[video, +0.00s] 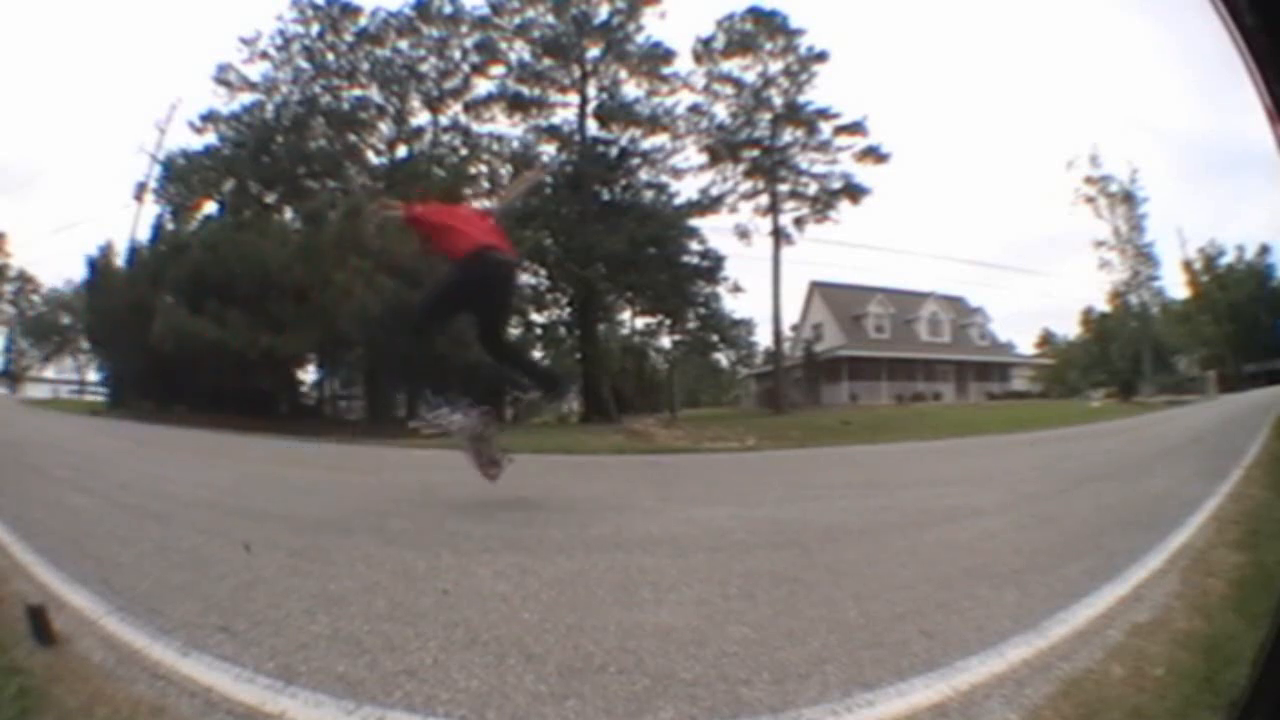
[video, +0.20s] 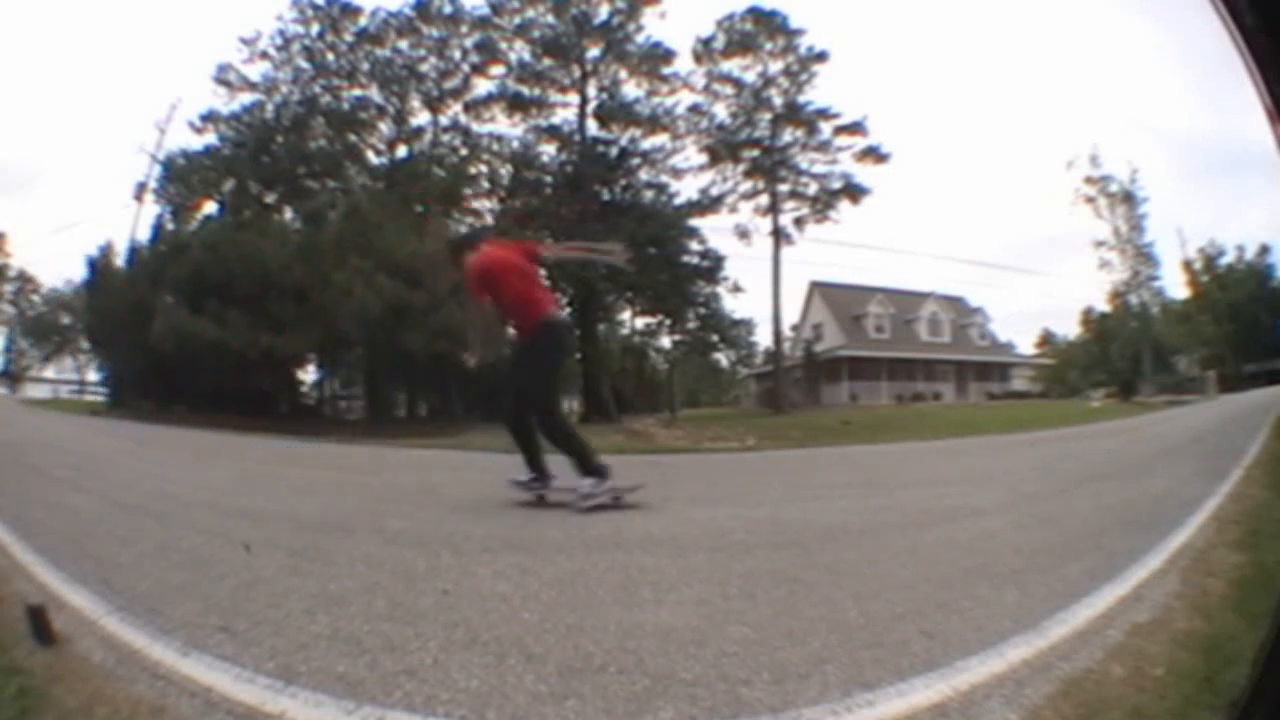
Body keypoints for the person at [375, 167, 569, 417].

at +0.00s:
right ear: (454, 204)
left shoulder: (426, 214)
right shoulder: (475, 213)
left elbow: (385, 209)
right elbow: (505, 198)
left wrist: (371, 228)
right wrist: (531, 178)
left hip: (476, 264)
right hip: (505, 267)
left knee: (424, 320)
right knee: (492, 339)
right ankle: (552, 385)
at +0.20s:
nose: (462, 263)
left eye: (460, 258)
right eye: (461, 259)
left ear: (465, 250)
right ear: (482, 241)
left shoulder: (475, 263)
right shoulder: (509, 248)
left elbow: (481, 311)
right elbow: (555, 252)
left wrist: (476, 351)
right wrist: (606, 253)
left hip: (540, 333)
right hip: (555, 327)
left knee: (541, 410)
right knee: (518, 410)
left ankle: (595, 472)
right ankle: (539, 474)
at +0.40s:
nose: (492, 299)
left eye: (489, 292)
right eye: (487, 295)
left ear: (497, 281)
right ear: (497, 281)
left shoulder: (530, 276)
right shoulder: (525, 289)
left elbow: (560, 298)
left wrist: (558, 342)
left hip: (607, 322)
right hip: (583, 334)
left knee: (616, 396)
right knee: (576, 407)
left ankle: (646, 457)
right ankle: (584, 473)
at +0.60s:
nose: (538, 337)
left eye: (537, 329)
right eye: (534, 332)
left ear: (549, 315)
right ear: (542, 323)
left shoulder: (577, 298)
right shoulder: (561, 337)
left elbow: (609, 291)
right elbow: (546, 379)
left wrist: (583, 319)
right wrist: (525, 416)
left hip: (657, 317)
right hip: (631, 334)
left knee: (673, 382)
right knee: (630, 401)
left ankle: (697, 443)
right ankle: (641, 476)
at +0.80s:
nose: (599, 375)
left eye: (600, 367)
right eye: (595, 370)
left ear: (612, 357)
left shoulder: (641, 345)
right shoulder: (602, 366)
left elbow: (655, 400)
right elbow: (610, 419)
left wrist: (651, 441)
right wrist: (612, 479)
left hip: (682, 330)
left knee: (712, 387)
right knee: (661, 416)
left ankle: (731, 447)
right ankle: (683, 474)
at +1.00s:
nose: (646, 427)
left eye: (648, 420)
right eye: (641, 423)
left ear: (656, 408)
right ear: (629, 411)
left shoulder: (676, 397)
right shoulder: (629, 405)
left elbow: (697, 451)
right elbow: (631, 454)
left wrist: (702, 507)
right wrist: (633, 506)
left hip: (695, 368)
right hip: (664, 378)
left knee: (748, 405)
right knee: (697, 445)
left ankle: (782, 457)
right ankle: (745, 471)